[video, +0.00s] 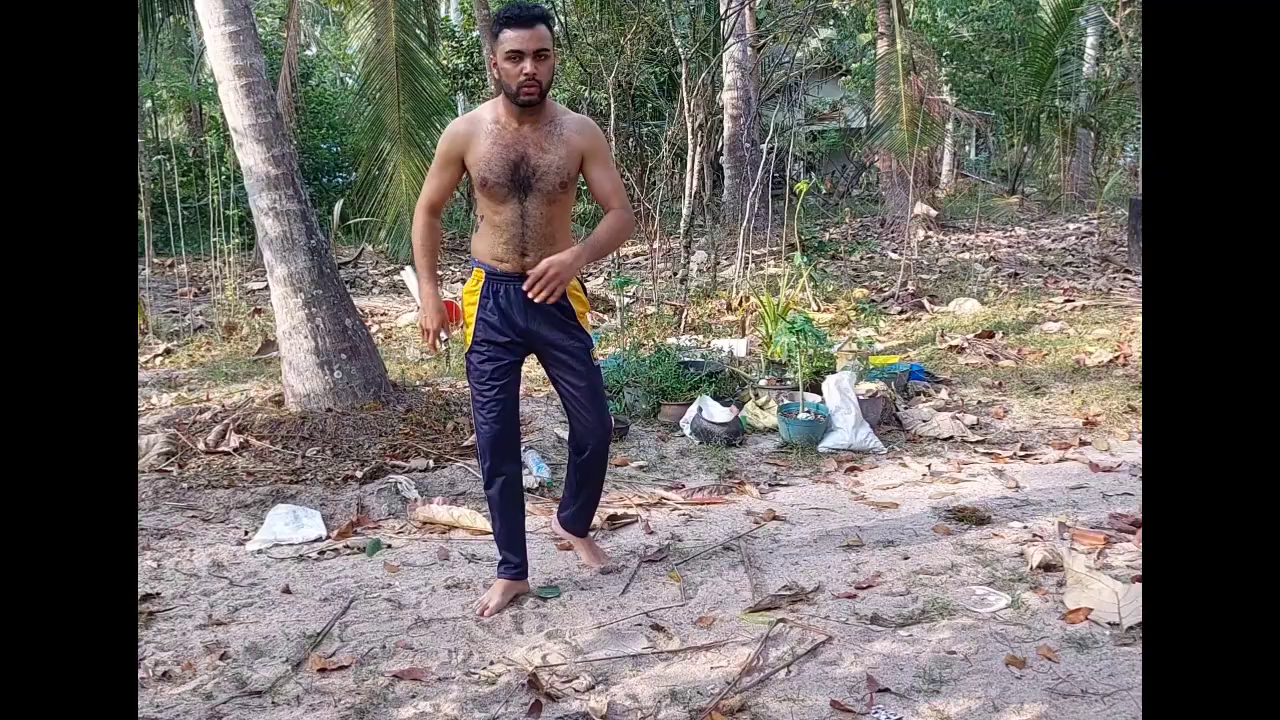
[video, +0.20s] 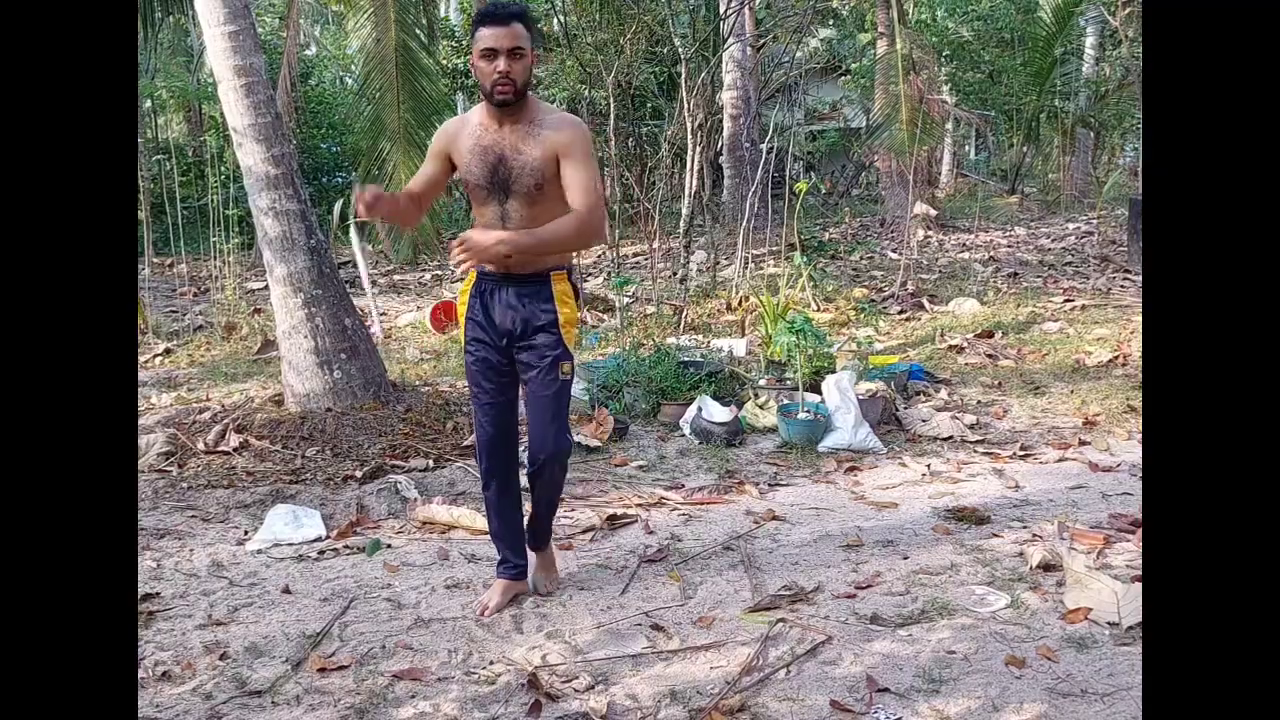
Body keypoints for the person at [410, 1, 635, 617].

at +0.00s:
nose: (529, 70)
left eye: (540, 56)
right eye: (515, 57)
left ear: (555, 60)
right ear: (492, 62)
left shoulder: (580, 133)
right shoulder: (465, 133)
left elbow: (621, 215)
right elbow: (428, 211)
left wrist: (577, 258)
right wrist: (428, 291)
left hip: (557, 298)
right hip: (490, 297)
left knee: (594, 428)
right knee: (493, 438)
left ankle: (573, 524)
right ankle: (511, 569)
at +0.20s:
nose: (502, 67)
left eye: (514, 54)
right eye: (489, 56)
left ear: (534, 59)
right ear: (473, 62)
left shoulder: (566, 131)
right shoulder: (454, 134)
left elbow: (590, 225)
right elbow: (413, 207)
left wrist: (508, 245)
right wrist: (386, 205)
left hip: (546, 300)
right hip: (482, 300)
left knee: (550, 446)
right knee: (494, 445)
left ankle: (540, 541)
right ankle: (510, 570)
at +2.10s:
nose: (694, 69)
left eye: (714, 53)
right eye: (681, 49)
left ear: (740, 55)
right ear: (662, 50)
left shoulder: (758, 137)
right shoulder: (625, 135)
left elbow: (842, 212)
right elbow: (611, 253)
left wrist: (849, 145)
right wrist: (712, 218)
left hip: (706, 347)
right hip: (625, 345)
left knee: (757, 516)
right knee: (568, 513)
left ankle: (730, 640)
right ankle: (490, 654)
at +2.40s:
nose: (534, 46)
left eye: (553, 33)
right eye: (530, 30)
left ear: (596, 42)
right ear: (524, 35)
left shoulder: (642, 128)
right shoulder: (498, 110)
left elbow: (731, 191)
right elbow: (414, 136)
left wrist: (753, 185)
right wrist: (365, 124)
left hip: (601, 332)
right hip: (518, 330)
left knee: (660, 489)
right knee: (478, 502)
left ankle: (683, 605)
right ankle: (454, 669)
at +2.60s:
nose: (451, 57)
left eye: (469, 42)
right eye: (446, 41)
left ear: (514, 49)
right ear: (446, 47)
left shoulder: (554, 135)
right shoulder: (473, 116)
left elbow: (649, 223)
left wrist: (674, 296)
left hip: (524, 342)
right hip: (454, 329)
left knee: (520, 499)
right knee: (430, 500)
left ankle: (530, 590)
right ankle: (453, 669)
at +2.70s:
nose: (434, 70)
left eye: (451, 53)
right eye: (426, 53)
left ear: (495, 53)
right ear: (420, 54)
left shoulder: (527, 137)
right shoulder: (469, 127)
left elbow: (599, 245)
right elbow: (495, 234)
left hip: (511, 350)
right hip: (446, 336)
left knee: (521, 506)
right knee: (419, 505)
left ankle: (545, 594)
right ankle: (458, 670)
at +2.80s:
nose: (417, 72)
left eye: (433, 55)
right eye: (408, 57)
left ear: (475, 55)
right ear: (402, 60)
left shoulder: (502, 132)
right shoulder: (458, 133)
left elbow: (533, 246)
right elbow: (481, 239)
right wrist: (434, 286)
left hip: (518, 344)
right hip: (455, 339)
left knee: (512, 522)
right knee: (427, 508)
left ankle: (562, 591)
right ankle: (458, 669)